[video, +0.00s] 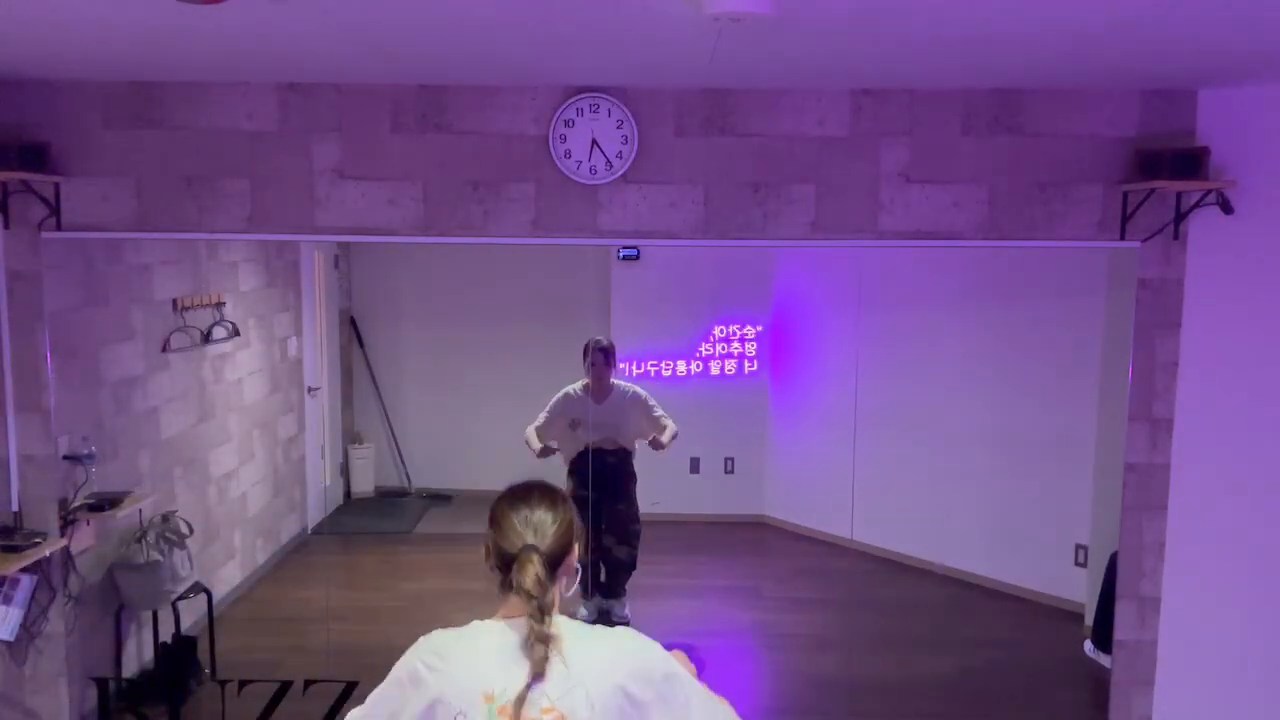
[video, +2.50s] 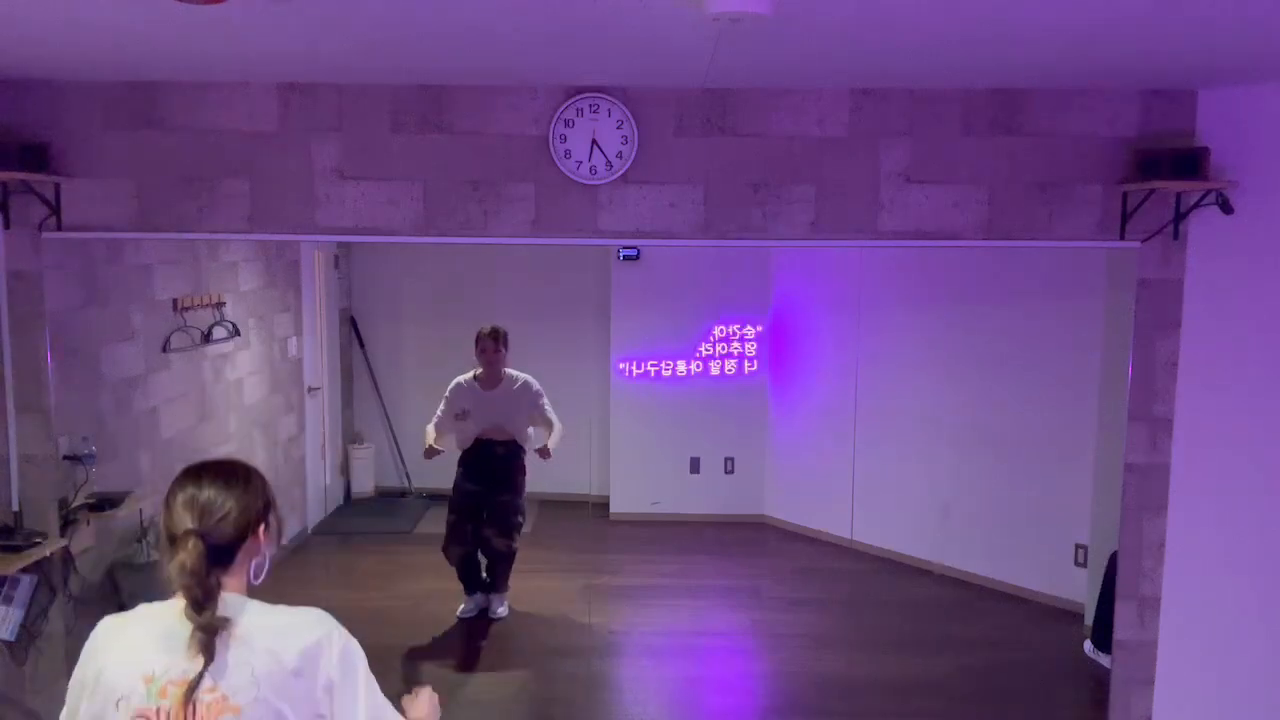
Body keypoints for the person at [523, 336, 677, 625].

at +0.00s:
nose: (598, 370)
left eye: (603, 364)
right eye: (592, 364)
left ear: (613, 365)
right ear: (585, 366)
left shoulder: (632, 396)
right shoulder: (569, 397)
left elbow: (668, 426)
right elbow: (533, 431)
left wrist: (663, 438)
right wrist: (539, 446)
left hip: (619, 468)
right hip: (584, 468)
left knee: (623, 532)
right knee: (587, 532)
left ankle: (616, 599)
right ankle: (589, 599)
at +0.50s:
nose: (596, 337)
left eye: (601, 331)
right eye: (592, 331)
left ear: (611, 328)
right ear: (583, 327)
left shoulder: (626, 343)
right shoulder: (569, 347)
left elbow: (661, 358)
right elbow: (520, 359)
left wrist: (631, 388)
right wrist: (545, 394)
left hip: (622, 428)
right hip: (585, 429)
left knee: (629, 492)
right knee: (585, 492)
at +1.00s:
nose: (572, 333)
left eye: (578, 328)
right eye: (570, 328)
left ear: (593, 329)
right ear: (567, 327)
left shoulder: (598, 365)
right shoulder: (568, 352)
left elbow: (587, 418)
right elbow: (554, 398)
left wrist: (576, 464)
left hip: (584, 447)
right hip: (555, 442)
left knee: (595, 526)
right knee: (537, 517)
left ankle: (614, 597)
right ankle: (519, 592)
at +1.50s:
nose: (536, 408)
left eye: (541, 404)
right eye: (536, 403)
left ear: (559, 407)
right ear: (535, 402)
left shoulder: (575, 437)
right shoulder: (532, 418)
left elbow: (559, 478)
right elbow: (517, 436)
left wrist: (506, 478)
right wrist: (484, 444)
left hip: (567, 510)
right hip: (531, 502)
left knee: (592, 567)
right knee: (462, 530)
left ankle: (613, 600)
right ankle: (475, 592)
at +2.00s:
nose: (506, 334)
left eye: (513, 330)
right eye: (504, 328)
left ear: (527, 332)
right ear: (499, 326)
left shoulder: (539, 348)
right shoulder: (482, 343)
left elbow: (578, 369)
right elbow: (437, 355)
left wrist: (549, 399)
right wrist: (452, 394)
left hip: (524, 438)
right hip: (488, 436)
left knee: (541, 517)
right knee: (467, 516)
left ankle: (566, 592)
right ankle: (468, 588)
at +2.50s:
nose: (488, 356)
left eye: (494, 350)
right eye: (482, 350)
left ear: (505, 353)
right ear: (475, 353)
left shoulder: (525, 386)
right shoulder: (460, 387)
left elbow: (554, 424)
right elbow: (436, 423)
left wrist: (549, 444)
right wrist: (430, 442)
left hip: (508, 462)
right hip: (473, 461)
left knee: (502, 532)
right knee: (457, 536)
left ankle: (498, 594)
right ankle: (474, 593)